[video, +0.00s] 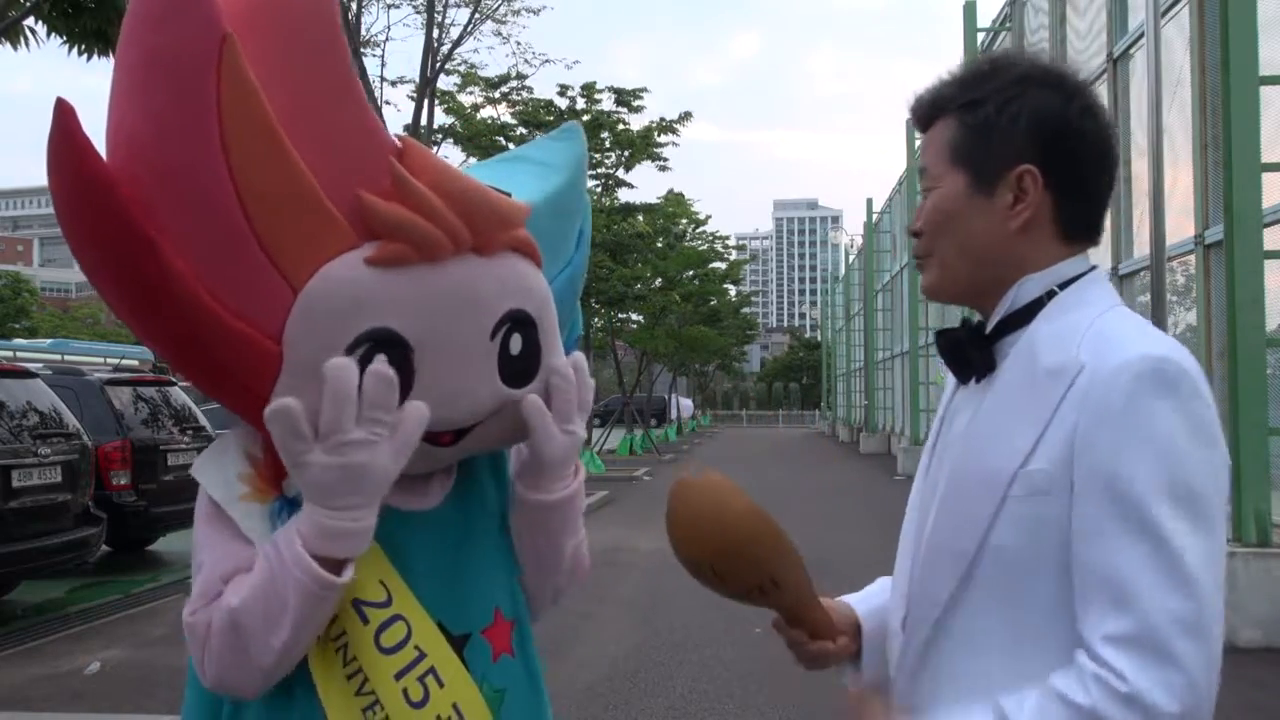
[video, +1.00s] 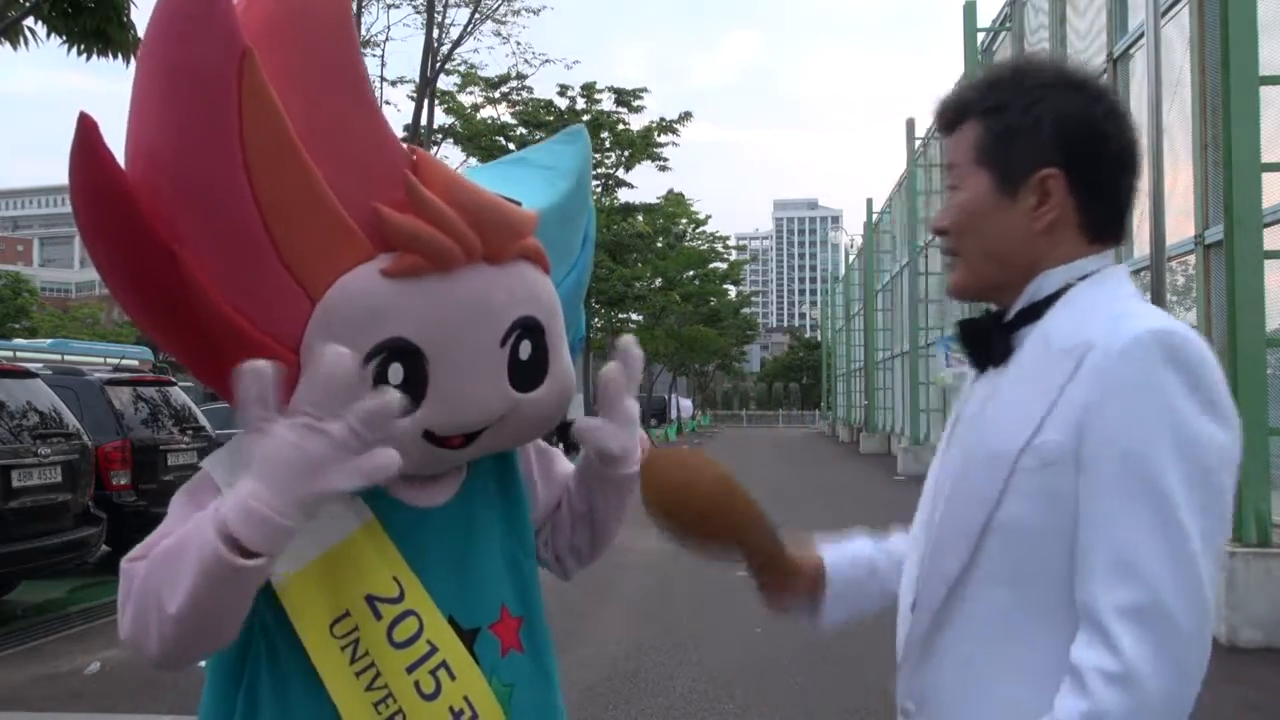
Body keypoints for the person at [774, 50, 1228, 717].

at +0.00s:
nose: (914, 222)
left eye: (929, 186)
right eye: (920, 190)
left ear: (1019, 195)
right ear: (1019, 198)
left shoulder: (1136, 376)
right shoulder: (985, 364)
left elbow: (1151, 686)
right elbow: (959, 580)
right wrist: (855, 622)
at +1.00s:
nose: (935, 222)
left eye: (954, 186)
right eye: (943, 190)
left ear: (1042, 198)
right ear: (1035, 200)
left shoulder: (1142, 356)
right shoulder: (1011, 356)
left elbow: (1139, 668)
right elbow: (964, 551)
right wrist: (823, 574)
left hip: (1020, 705)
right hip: (931, 701)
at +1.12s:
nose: (979, 226)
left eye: (996, 190)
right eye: (985, 194)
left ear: (1090, 203)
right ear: (1085, 205)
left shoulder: (1159, 373)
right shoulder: (1074, 354)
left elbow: (1131, 691)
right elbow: (931, 458)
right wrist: (800, 379)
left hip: (1011, 708)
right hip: (934, 696)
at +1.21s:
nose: (998, 234)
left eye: (1017, 198)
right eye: (1007, 202)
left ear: (1115, 208)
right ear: (1114, 211)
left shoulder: (1158, 385)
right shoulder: (1093, 356)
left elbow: (1134, 700)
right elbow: (949, 369)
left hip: (990, 706)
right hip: (932, 699)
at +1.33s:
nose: (999, 228)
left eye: (1019, 195)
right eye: (1008, 199)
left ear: (1118, 208)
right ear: (1117, 211)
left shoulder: (1153, 390)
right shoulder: (1076, 351)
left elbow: (1143, 701)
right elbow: (988, 288)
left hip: (986, 704)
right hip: (930, 696)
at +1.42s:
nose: (993, 223)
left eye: (1011, 189)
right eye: (1002, 191)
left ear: (1109, 204)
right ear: (1108, 207)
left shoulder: (1149, 389)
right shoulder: (1085, 347)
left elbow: (1141, 700)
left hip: (985, 704)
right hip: (923, 694)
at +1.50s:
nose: (986, 219)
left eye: (1002, 184)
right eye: (992, 187)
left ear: (1102, 198)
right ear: (1099, 200)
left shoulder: (1153, 385)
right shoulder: (1074, 337)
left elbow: (1145, 699)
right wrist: (1118, 71)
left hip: (989, 703)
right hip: (917, 691)